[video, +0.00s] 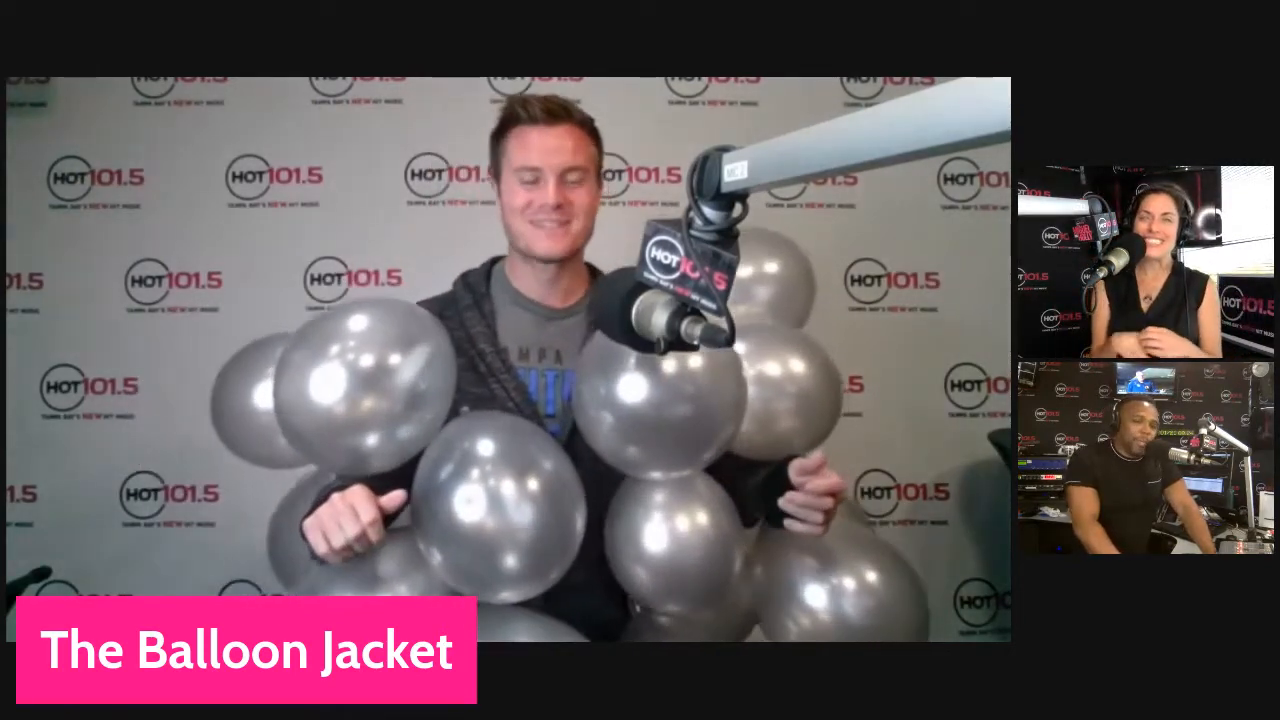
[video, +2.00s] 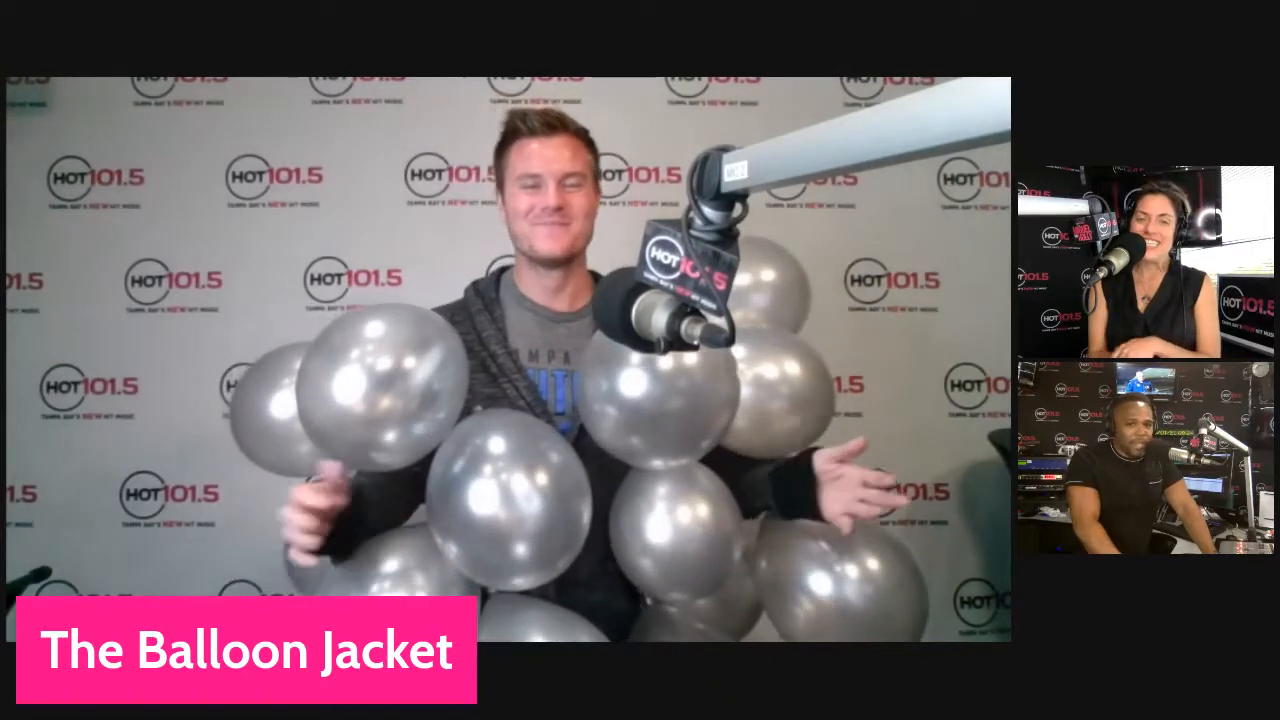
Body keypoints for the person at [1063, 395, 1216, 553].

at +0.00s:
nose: (1146, 430)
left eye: (1152, 424)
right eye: (1137, 421)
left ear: (1157, 430)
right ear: (1117, 422)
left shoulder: (1157, 457)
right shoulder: (1086, 459)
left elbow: (1186, 508)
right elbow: (1085, 524)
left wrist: (1210, 552)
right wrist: (1117, 560)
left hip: (1142, 555)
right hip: (1096, 557)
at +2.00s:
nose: (1141, 432)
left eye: (1147, 424)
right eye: (1131, 424)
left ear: (1153, 428)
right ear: (1112, 427)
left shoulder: (1158, 458)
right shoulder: (1087, 460)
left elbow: (1187, 508)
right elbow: (1086, 524)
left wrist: (1211, 552)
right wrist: (1118, 561)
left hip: (1143, 557)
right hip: (1098, 557)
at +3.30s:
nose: (1134, 428)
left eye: (1142, 421)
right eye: (1125, 422)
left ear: (1151, 427)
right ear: (1111, 427)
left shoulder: (1158, 457)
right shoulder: (1089, 460)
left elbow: (1188, 509)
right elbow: (1086, 525)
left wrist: (1211, 552)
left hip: (1143, 555)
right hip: (1100, 555)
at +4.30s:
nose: (1137, 431)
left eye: (1144, 424)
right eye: (1127, 423)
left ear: (1152, 429)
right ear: (1111, 427)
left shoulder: (1158, 458)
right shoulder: (1088, 461)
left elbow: (1188, 509)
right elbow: (1086, 526)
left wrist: (1211, 553)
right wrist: (1120, 565)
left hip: (1143, 556)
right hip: (1099, 558)